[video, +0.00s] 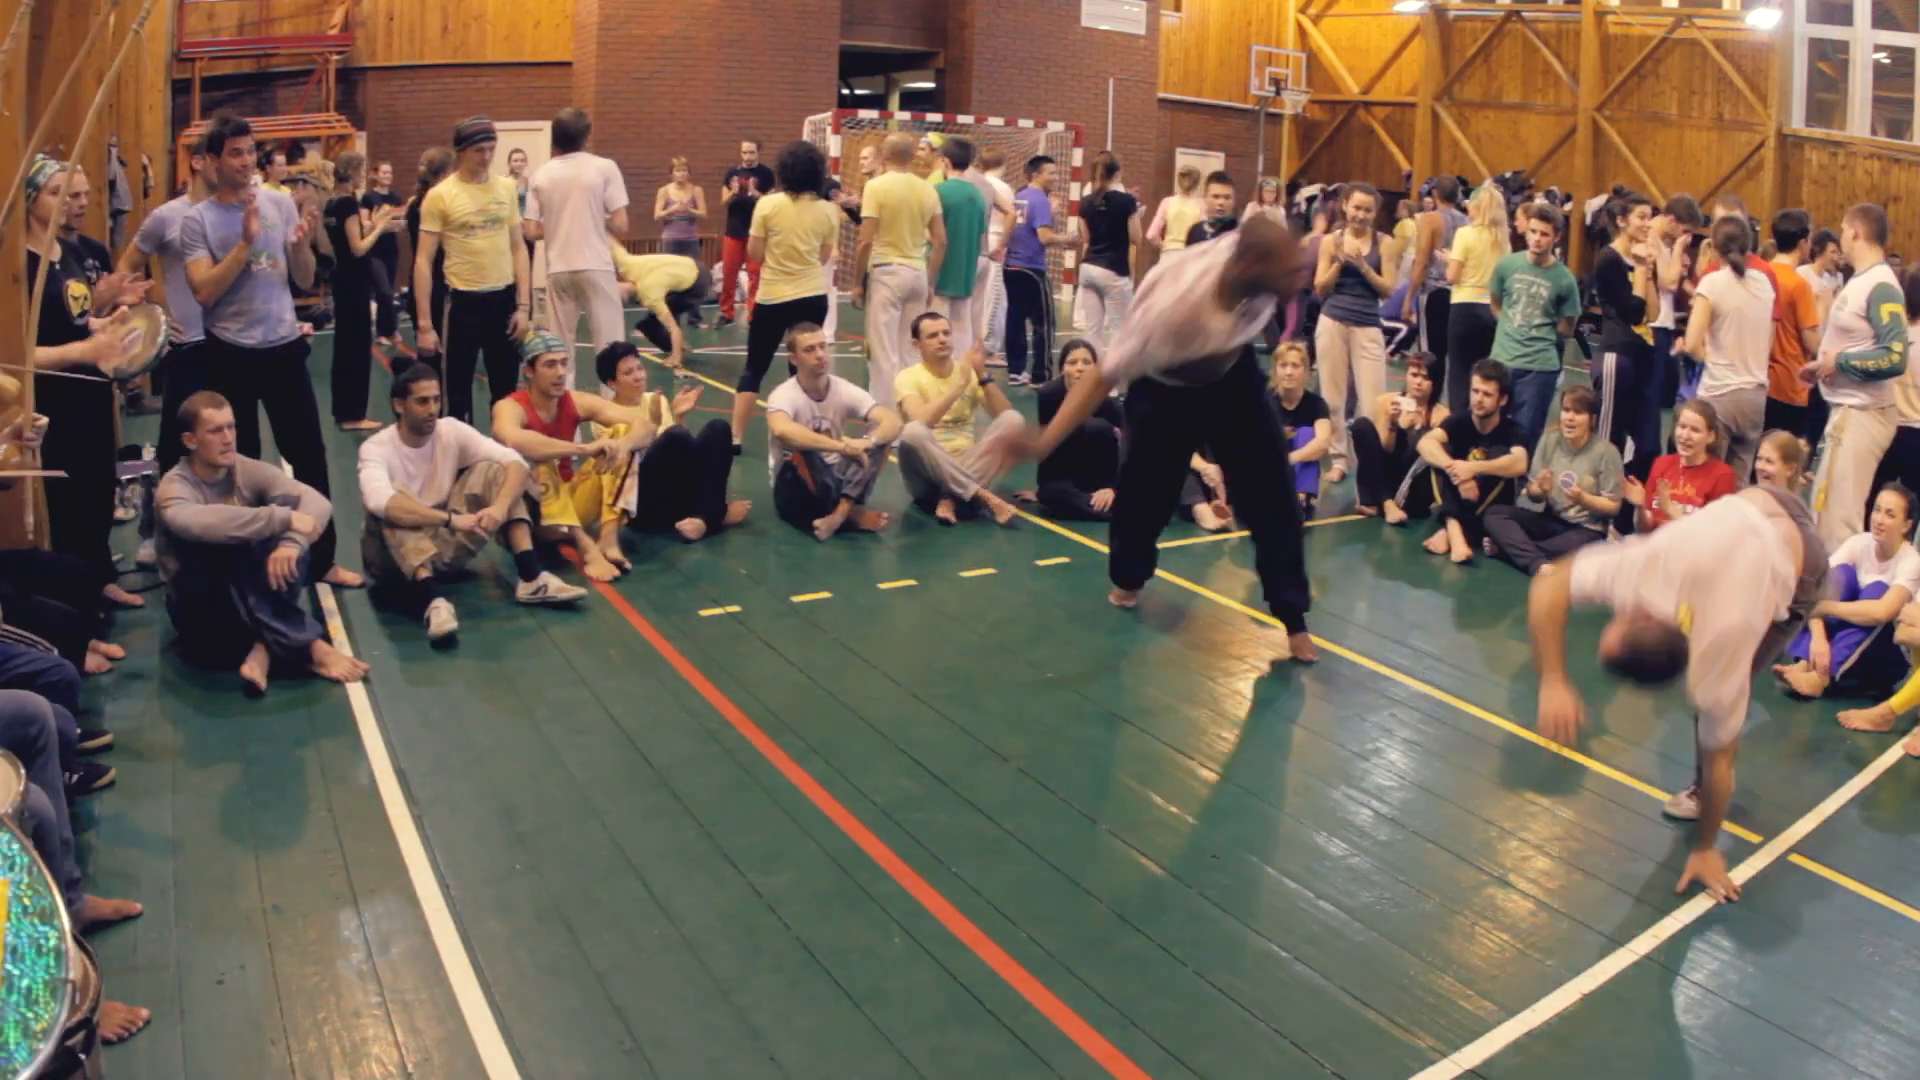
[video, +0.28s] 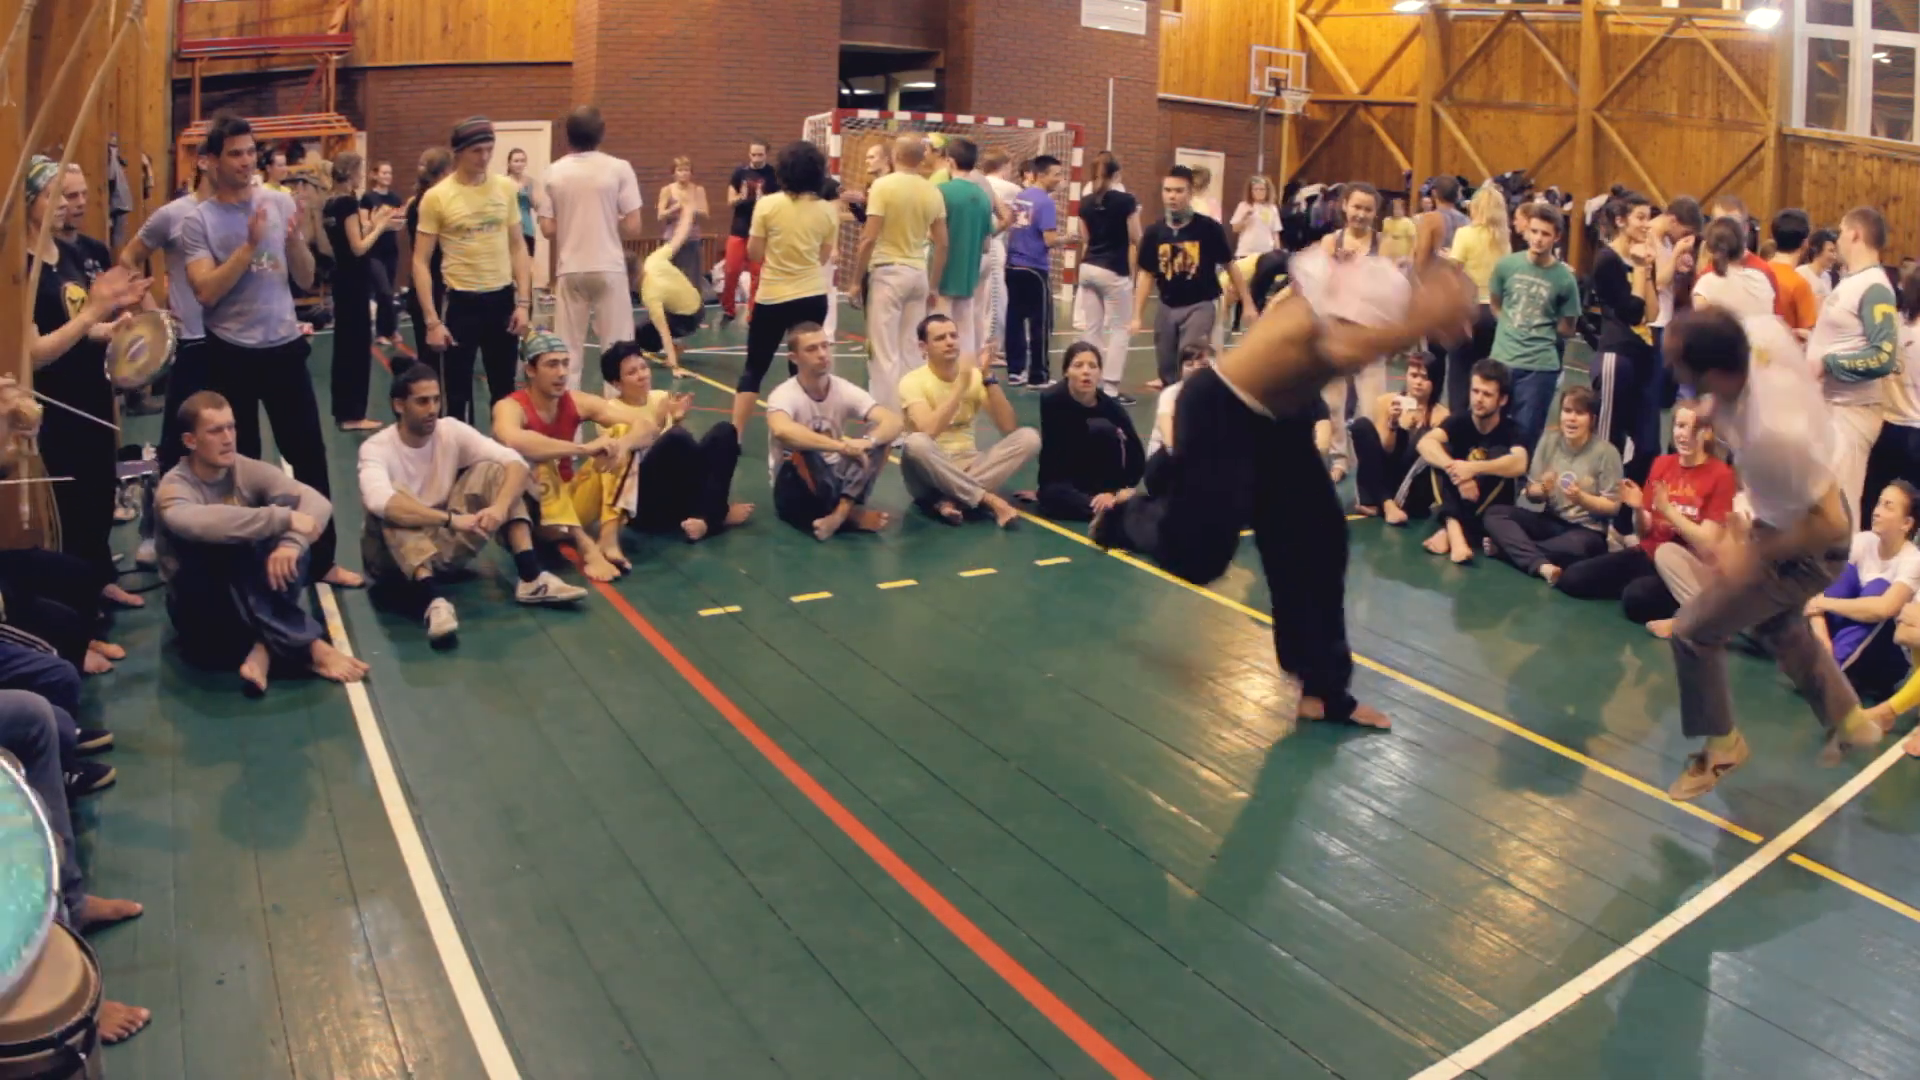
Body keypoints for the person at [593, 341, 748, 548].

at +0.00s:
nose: (638, 376)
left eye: (640, 368)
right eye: (628, 373)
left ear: (645, 369)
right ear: (612, 384)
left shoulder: (658, 403)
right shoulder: (604, 420)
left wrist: (678, 417)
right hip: (646, 512)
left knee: (719, 428)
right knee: (677, 438)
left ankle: (701, 516)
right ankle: (718, 514)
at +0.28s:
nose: (642, 375)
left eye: (643, 368)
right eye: (632, 372)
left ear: (649, 368)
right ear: (617, 384)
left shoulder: (661, 400)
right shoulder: (610, 413)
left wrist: (676, 419)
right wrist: (661, 420)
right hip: (646, 512)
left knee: (725, 431)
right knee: (676, 439)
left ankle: (702, 516)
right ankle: (720, 513)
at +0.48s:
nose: (647, 376)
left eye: (649, 368)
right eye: (637, 372)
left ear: (655, 368)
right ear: (622, 382)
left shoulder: (667, 400)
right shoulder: (614, 412)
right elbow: (629, 470)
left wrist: (677, 427)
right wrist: (665, 430)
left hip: (684, 505)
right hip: (647, 512)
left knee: (729, 432)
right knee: (676, 444)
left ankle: (704, 517)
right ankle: (719, 514)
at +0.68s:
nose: (654, 376)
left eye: (656, 368)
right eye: (644, 372)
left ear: (663, 370)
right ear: (628, 380)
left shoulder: (673, 399)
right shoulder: (618, 412)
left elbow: (689, 457)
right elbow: (634, 466)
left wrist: (685, 431)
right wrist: (667, 430)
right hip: (647, 513)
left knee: (736, 436)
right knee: (676, 449)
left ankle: (707, 517)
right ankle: (721, 513)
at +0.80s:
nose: (658, 377)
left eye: (661, 369)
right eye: (648, 372)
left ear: (667, 369)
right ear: (631, 380)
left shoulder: (677, 399)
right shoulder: (621, 411)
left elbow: (690, 457)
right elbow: (633, 468)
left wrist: (691, 432)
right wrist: (665, 432)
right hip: (649, 515)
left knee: (738, 437)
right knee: (675, 449)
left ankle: (707, 518)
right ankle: (720, 514)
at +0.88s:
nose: (661, 377)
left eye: (664, 369)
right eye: (651, 372)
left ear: (669, 369)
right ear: (634, 379)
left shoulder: (679, 398)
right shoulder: (623, 411)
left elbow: (691, 456)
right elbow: (632, 468)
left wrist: (691, 433)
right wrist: (672, 437)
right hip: (649, 514)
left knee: (739, 438)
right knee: (674, 450)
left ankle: (708, 517)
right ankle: (721, 513)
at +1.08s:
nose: (667, 373)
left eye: (671, 367)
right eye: (659, 367)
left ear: (676, 371)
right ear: (640, 375)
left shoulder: (684, 396)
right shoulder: (628, 408)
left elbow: (692, 459)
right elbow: (639, 464)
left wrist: (693, 439)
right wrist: (681, 437)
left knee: (741, 438)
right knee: (676, 455)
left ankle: (708, 517)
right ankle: (721, 514)